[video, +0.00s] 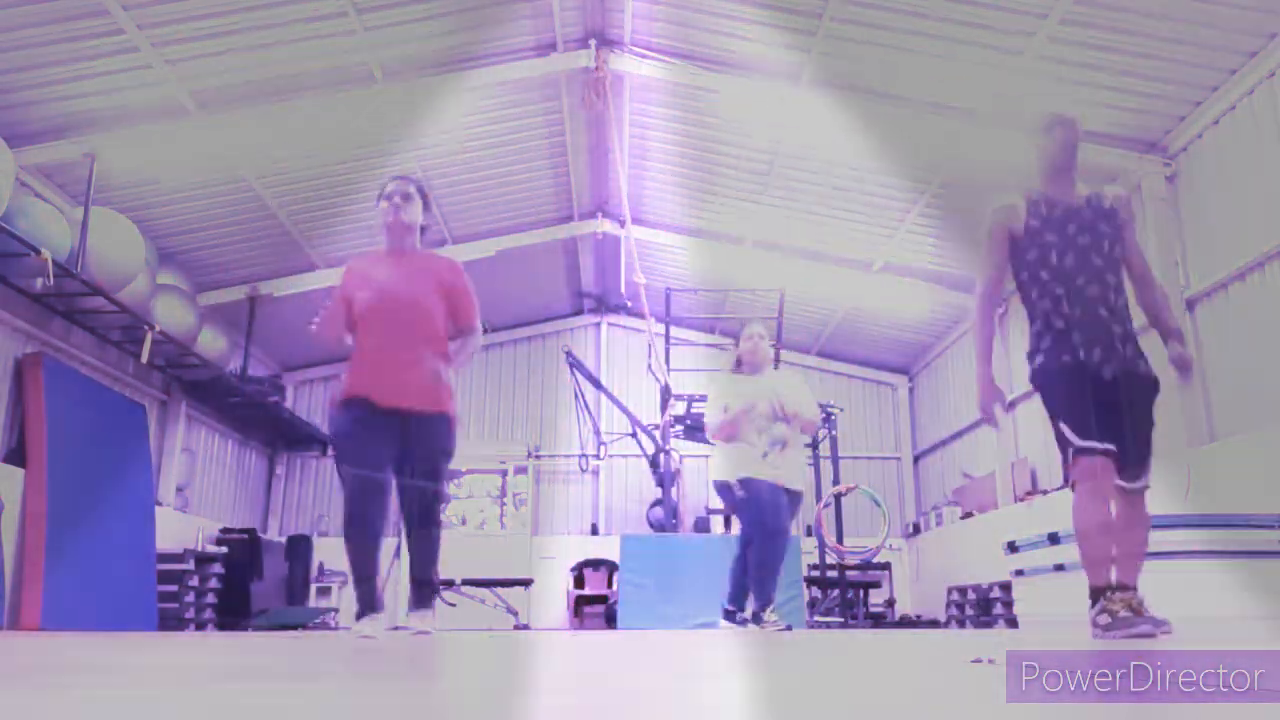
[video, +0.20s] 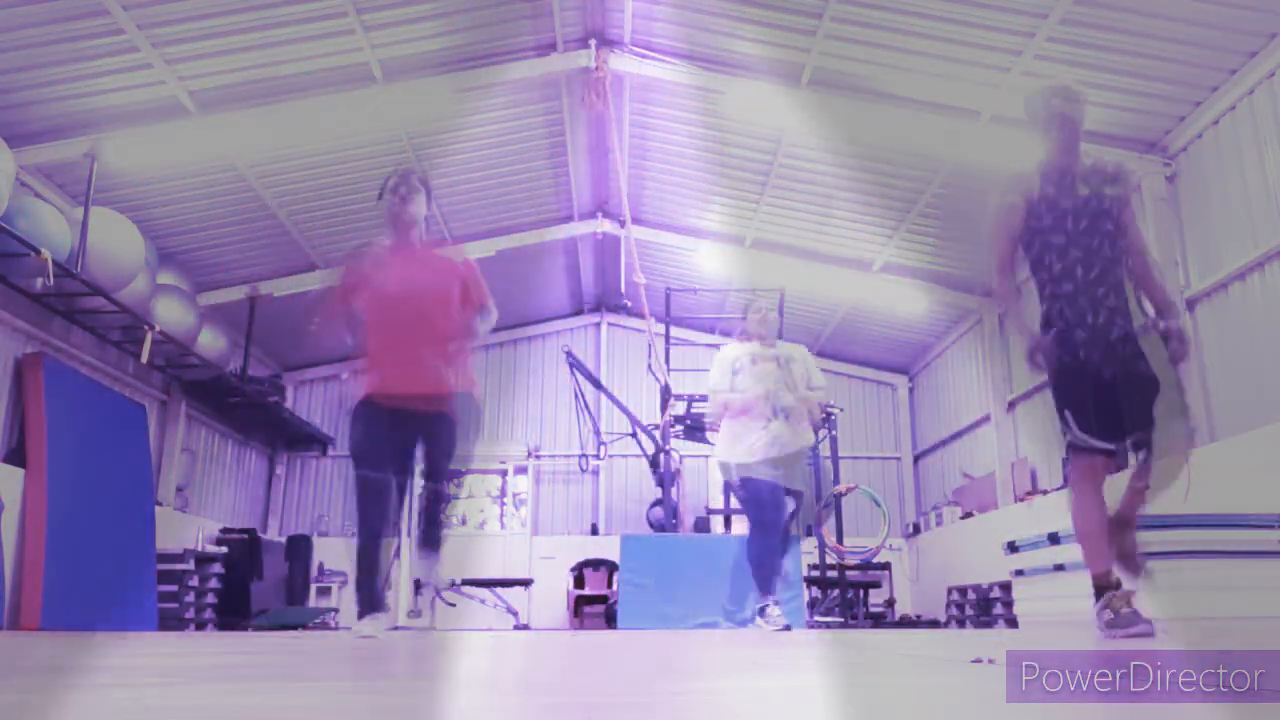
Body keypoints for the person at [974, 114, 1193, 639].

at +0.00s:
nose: (1063, 146)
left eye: (1069, 138)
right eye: (1054, 137)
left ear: (1078, 150)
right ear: (1038, 149)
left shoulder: (1110, 208)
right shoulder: (1014, 214)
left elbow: (1144, 281)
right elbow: (986, 300)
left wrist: (1173, 338)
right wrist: (984, 378)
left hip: (1123, 358)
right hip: (1063, 362)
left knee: (1132, 486)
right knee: (1094, 471)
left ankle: (1129, 596)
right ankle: (1104, 602)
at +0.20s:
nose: (1067, 137)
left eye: (1073, 127)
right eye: (1058, 127)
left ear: (1084, 131)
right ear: (1040, 132)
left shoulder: (1109, 190)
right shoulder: (1025, 200)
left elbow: (1138, 262)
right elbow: (1003, 281)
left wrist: (1170, 317)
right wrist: (1026, 337)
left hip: (1120, 337)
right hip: (1069, 343)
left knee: (1166, 441)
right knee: (1087, 463)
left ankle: (1124, 521)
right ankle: (1106, 592)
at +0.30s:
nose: (1073, 133)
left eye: (1081, 123)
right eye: (1064, 124)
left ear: (1091, 127)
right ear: (1048, 129)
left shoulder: (1117, 185)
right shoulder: (1031, 190)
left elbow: (1142, 261)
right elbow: (1018, 269)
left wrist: (1180, 329)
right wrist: (1059, 318)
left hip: (1123, 333)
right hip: (1070, 338)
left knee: (1198, 399)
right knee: (1100, 464)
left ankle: (1124, 458)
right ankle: (1102, 597)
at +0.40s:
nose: (1089, 148)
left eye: (1097, 140)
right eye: (1079, 138)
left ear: (1107, 150)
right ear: (1060, 147)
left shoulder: (1126, 208)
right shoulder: (1043, 206)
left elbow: (1158, 279)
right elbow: (1030, 285)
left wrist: (1194, 343)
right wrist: (1090, 321)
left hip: (1133, 344)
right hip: (1080, 353)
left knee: (1214, 376)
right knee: (1114, 477)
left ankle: (1133, 423)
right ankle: (1102, 600)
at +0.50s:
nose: (1103, 141)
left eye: (1110, 133)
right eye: (1093, 132)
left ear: (1119, 143)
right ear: (1072, 141)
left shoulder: (1140, 201)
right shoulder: (1051, 197)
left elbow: (1166, 274)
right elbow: (1034, 275)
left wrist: (1201, 332)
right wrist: (1091, 320)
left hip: (1147, 342)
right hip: (1090, 349)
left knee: (1222, 372)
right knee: (1108, 473)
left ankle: (1168, 473)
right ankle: (1103, 598)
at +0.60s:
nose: (1115, 113)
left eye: (1124, 106)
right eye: (1105, 104)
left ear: (1134, 121)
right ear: (1084, 119)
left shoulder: (1154, 182)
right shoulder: (1065, 177)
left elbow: (1176, 257)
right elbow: (1035, 256)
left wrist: (1212, 319)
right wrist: (1080, 313)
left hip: (1159, 327)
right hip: (1094, 332)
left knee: (1220, 417)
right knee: (1095, 465)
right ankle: (1101, 593)